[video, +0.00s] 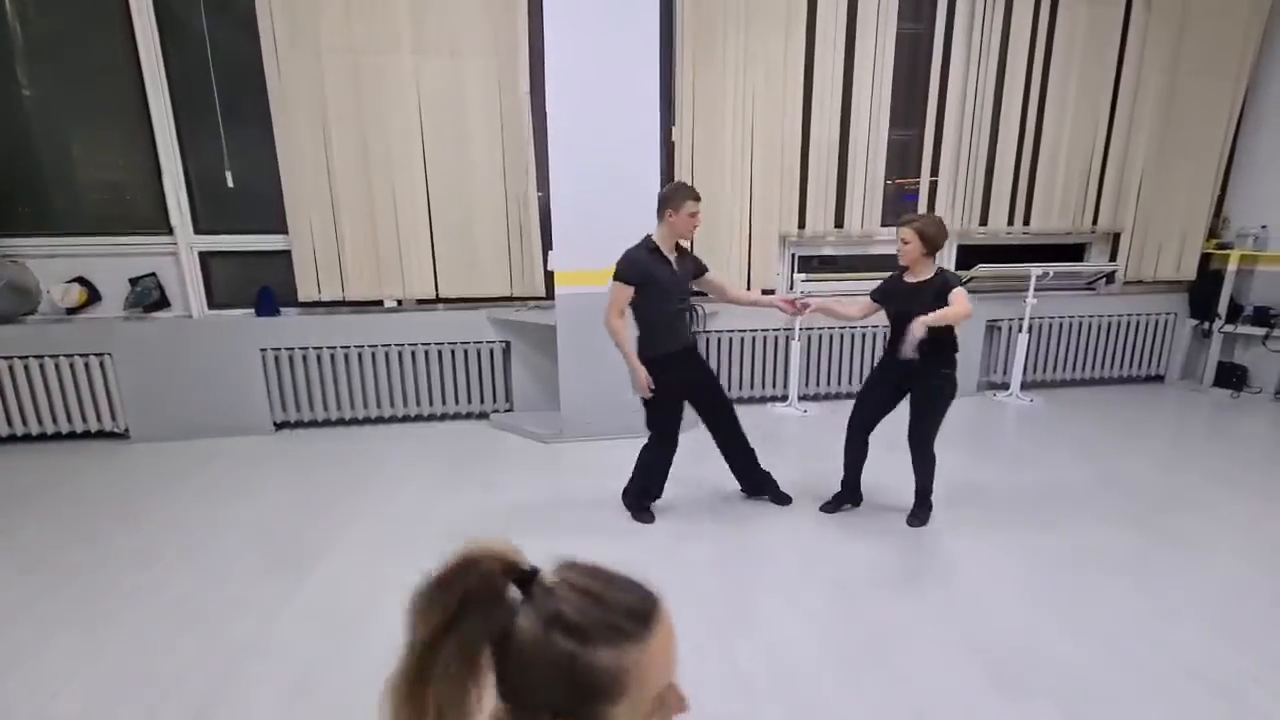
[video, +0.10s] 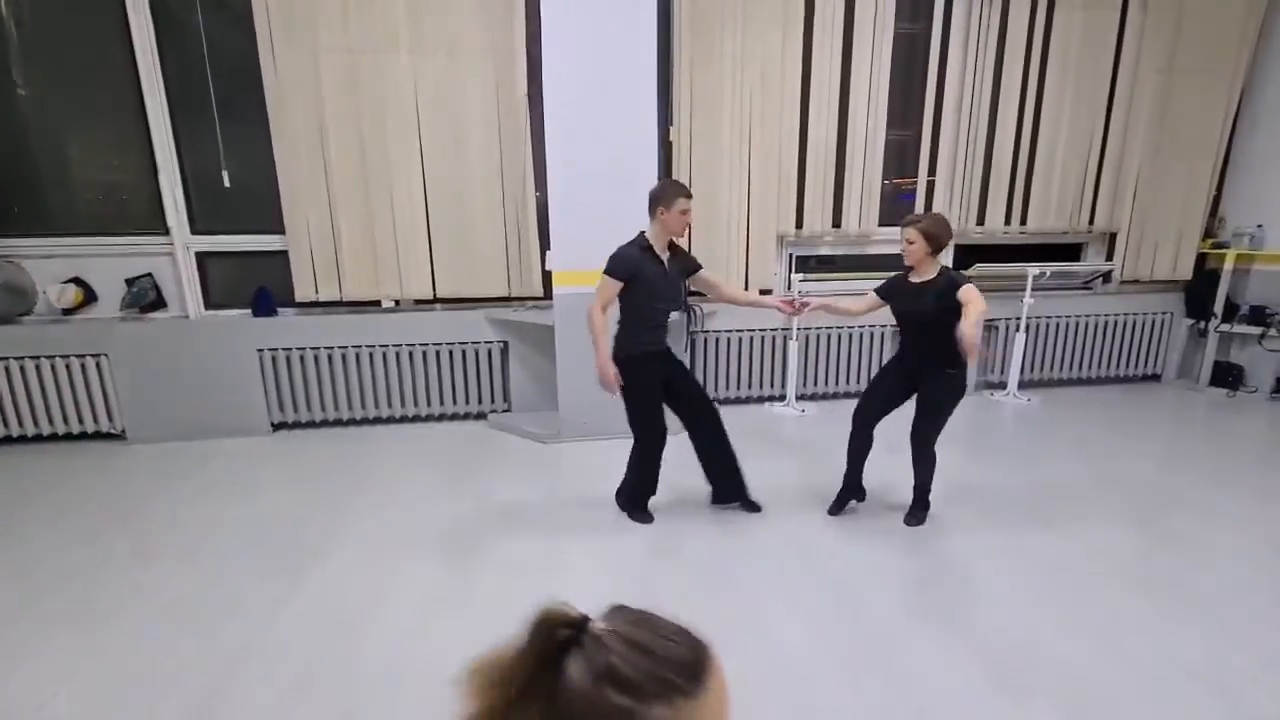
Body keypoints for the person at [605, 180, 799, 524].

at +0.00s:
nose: (698, 222)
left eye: (699, 216)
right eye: (692, 215)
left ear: (675, 217)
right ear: (669, 215)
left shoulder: (686, 260)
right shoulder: (636, 260)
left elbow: (727, 293)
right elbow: (614, 316)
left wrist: (775, 300)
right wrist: (635, 366)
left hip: (688, 356)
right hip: (657, 362)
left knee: (722, 417)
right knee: (664, 437)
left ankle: (755, 481)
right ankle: (637, 497)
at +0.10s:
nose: (690, 220)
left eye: (690, 213)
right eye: (684, 213)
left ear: (667, 215)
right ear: (661, 213)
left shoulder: (678, 258)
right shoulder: (628, 257)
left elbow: (722, 292)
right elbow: (597, 308)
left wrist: (774, 301)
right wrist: (604, 362)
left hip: (662, 356)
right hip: (632, 359)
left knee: (703, 415)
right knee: (651, 435)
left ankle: (728, 491)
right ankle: (631, 497)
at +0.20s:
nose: (685, 216)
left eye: (686, 209)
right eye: (679, 209)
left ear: (669, 211)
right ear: (655, 209)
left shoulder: (673, 255)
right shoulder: (622, 253)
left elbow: (717, 292)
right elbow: (588, 299)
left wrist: (768, 300)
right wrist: (572, 347)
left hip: (643, 351)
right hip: (613, 354)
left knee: (675, 422)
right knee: (632, 430)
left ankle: (685, 502)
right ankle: (621, 499)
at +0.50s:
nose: (666, 218)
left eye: (667, 211)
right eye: (659, 211)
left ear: (647, 214)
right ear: (636, 213)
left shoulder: (659, 255)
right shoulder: (609, 255)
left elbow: (695, 294)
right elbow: (579, 299)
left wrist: (750, 301)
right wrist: (585, 340)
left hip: (636, 350)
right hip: (605, 353)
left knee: (672, 412)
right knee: (621, 428)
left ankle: (671, 490)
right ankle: (613, 502)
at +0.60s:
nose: (666, 214)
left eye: (666, 208)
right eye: (659, 208)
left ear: (656, 211)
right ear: (636, 210)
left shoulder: (662, 254)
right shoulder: (616, 253)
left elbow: (690, 298)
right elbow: (611, 302)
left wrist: (738, 300)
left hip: (650, 348)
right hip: (617, 350)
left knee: (685, 409)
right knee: (629, 429)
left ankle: (686, 477)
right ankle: (612, 500)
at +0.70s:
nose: (674, 212)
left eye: (674, 206)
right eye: (668, 206)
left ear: (662, 209)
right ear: (646, 210)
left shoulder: (668, 249)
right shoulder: (633, 254)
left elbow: (679, 295)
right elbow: (662, 302)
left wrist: (714, 296)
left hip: (660, 347)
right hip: (632, 351)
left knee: (689, 411)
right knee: (637, 429)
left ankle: (712, 472)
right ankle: (611, 499)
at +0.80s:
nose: (689, 211)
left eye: (689, 204)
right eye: (682, 205)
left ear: (672, 208)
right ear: (662, 207)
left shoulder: (673, 245)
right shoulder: (656, 247)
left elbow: (684, 294)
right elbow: (694, 288)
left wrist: (724, 297)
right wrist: (729, 294)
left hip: (674, 344)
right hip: (648, 348)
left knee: (701, 409)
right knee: (643, 425)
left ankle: (717, 473)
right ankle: (611, 497)